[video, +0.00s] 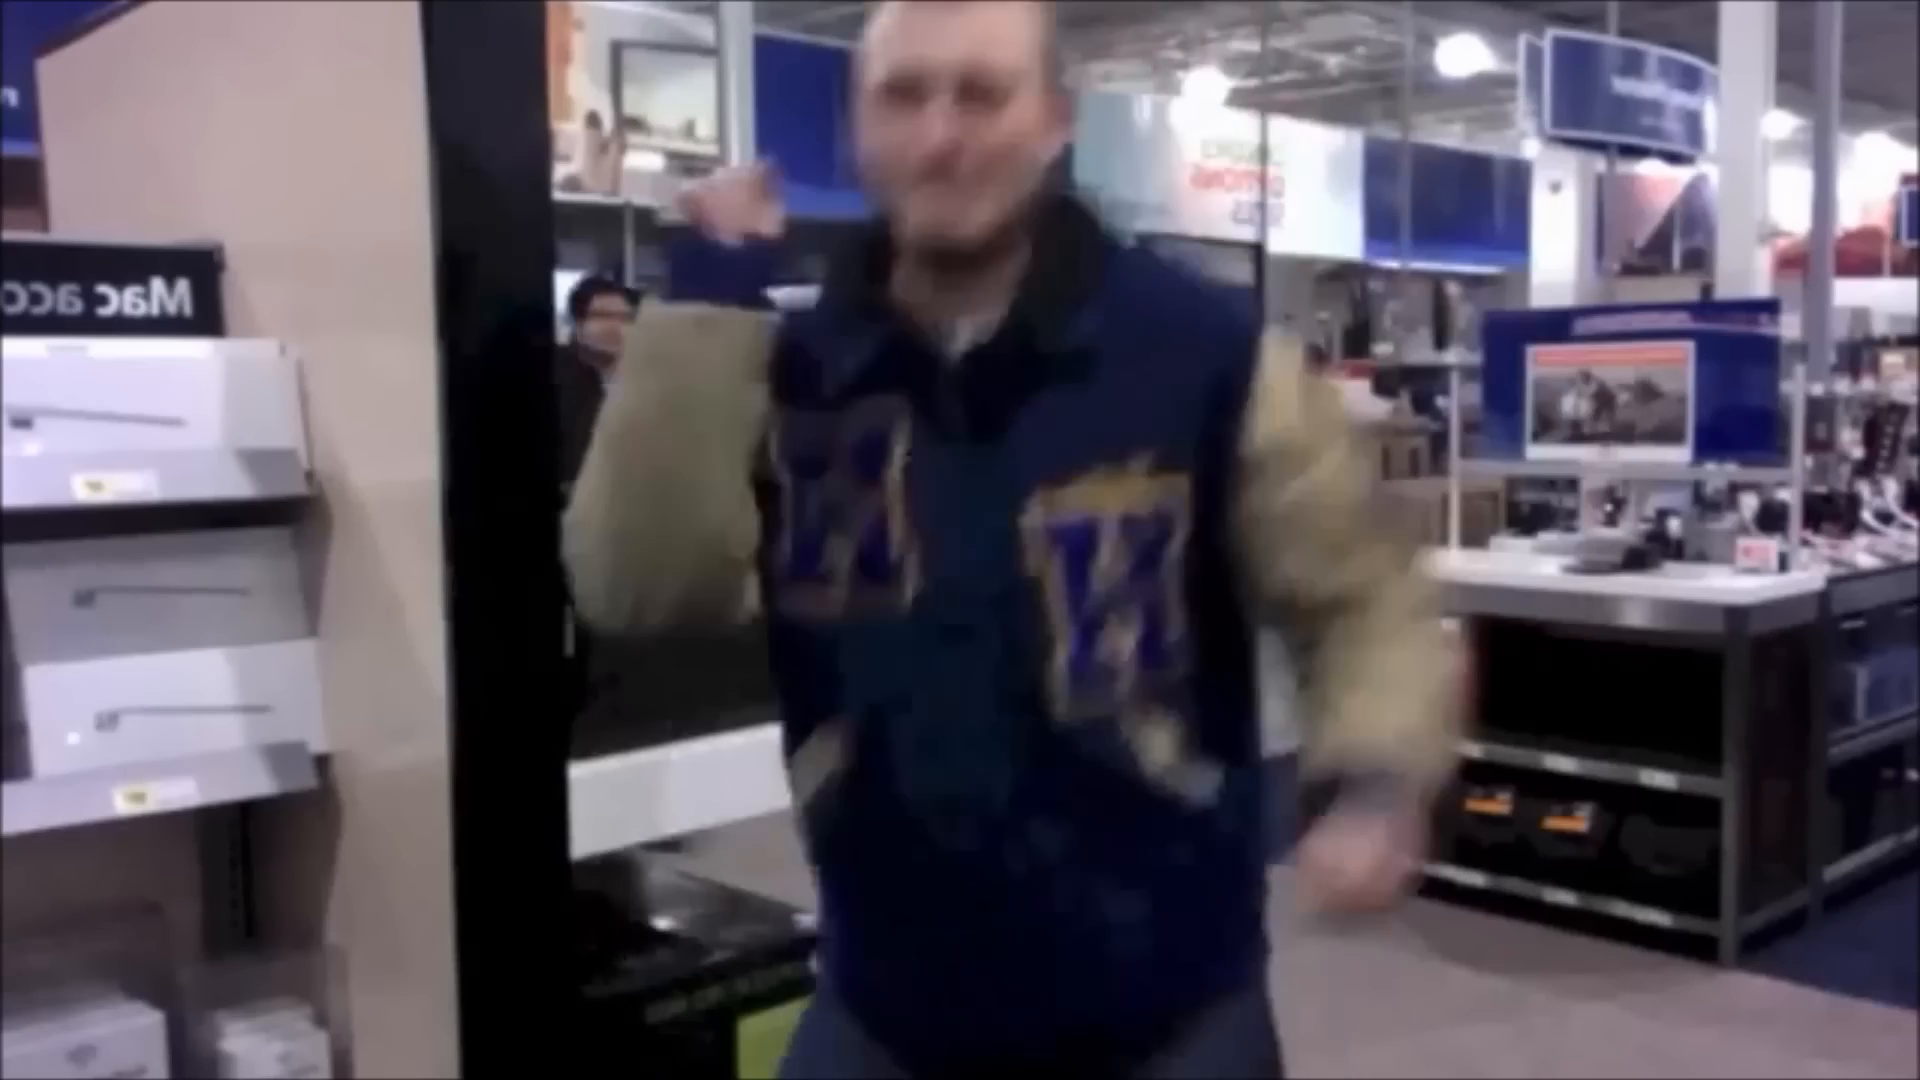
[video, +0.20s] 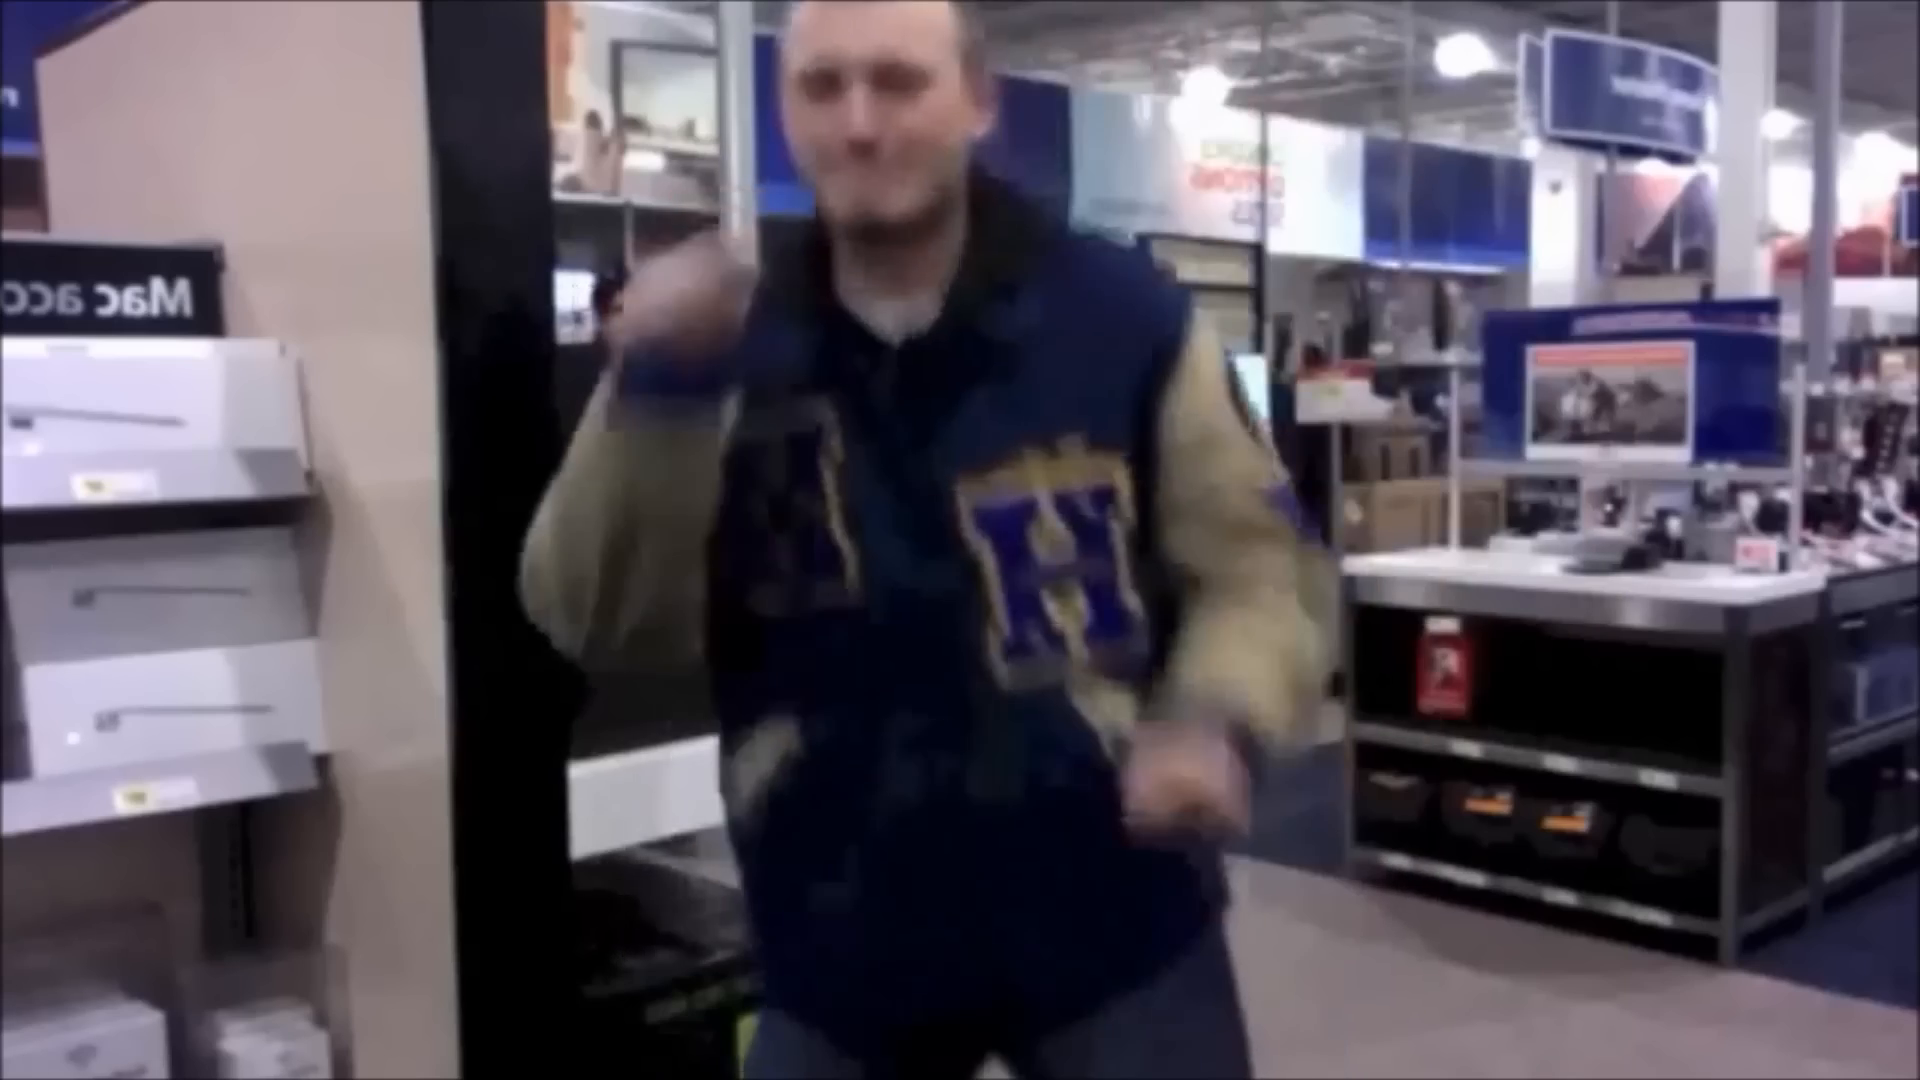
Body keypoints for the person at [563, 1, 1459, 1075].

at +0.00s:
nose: (940, 134)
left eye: (981, 96)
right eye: (903, 96)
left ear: (1055, 120)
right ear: (855, 124)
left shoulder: (1195, 351)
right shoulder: (799, 370)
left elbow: (1367, 593)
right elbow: (635, 593)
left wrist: (1371, 783)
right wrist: (706, 295)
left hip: (1161, 985)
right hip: (895, 982)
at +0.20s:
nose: (858, 123)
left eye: (897, 83)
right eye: (822, 86)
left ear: (979, 101)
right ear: (783, 111)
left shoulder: (1119, 316)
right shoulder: (723, 337)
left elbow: (1253, 559)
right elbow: (592, 624)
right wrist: (658, 382)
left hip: (1106, 917)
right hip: (846, 938)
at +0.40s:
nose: (814, 48)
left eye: (856, 9)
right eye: (778, 13)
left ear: (933, 25)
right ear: (739, 37)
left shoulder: (1079, 223)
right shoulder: (678, 277)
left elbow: (1291, 484)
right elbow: (609, 558)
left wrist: (1278, 355)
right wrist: (606, 823)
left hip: (1066, 844)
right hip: (821, 859)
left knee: (1143, 1062)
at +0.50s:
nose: (793, 134)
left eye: (833, 91)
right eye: (757, 93)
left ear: (918, 100)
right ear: (722, 106)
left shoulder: (1066, 285)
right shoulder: (666, 340)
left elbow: (1315, 379)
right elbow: (596, 684)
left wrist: (1210, 130)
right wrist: (623, 956)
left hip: (1051, 947)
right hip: (784, 953)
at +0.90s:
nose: (810, 82)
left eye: (853, 43)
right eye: (774, 41)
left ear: (932, 51)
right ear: (731, 51)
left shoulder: (1073, 210)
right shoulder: (650, 275)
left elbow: (1323, 205)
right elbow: (591, 578)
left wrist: (1225, 10)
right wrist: (658, 812)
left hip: (1046, 841)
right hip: (789, 855)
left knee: (1132, 1072)